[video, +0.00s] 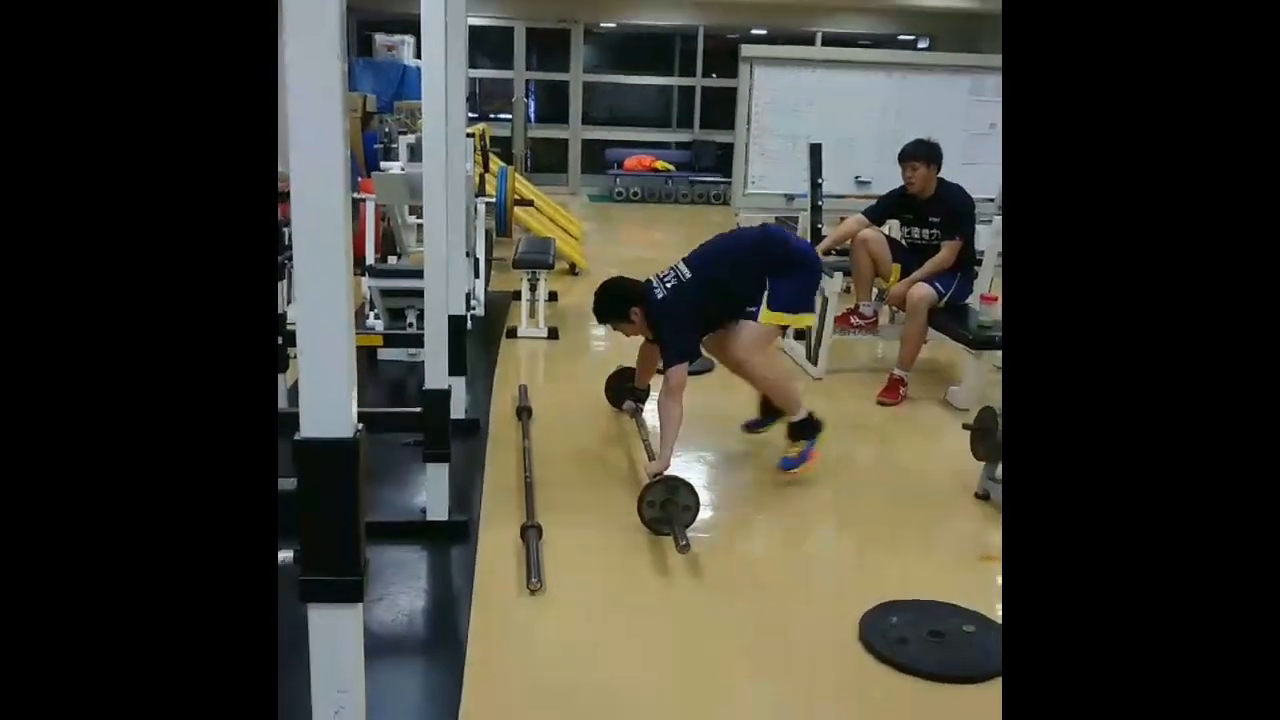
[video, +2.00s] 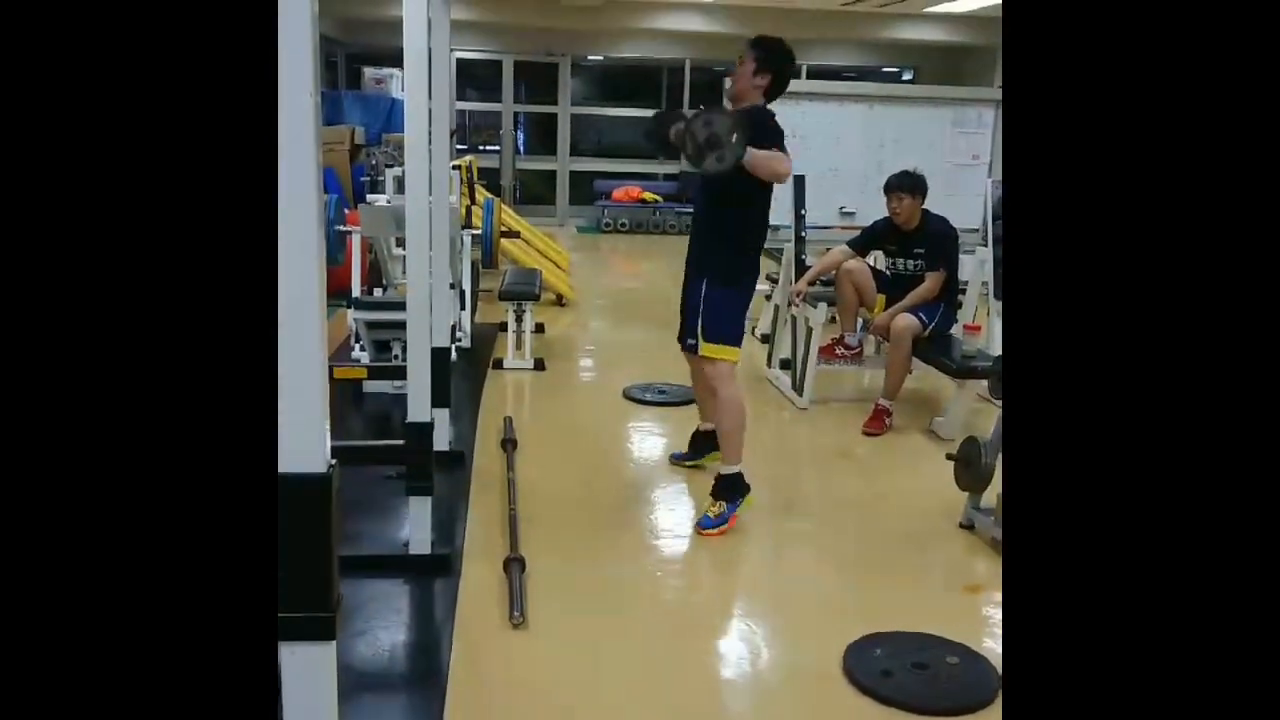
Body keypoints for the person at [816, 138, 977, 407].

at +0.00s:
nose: (907, 175)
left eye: (915, 169)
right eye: (904, 169)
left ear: (934, 170)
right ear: (901, 170)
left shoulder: (957, 199)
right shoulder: (899, 197)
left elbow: (947, 257)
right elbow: (858, 222)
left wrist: (906, 284)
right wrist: (819, 249)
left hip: (954, 273)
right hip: (914, 264)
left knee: (918, 295)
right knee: (864, 238)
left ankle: (899, 378)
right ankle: (864, 314)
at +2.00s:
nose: (893, 205)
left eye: (901, 199)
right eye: (890, 199)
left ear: (920, 201)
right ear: (886, 200)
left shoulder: (941, 231)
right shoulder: (884, 228)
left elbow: (932, 287)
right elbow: (843, 254)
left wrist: (889, 315)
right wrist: (805, 280)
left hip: (935, 304)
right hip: (895, 295)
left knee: (901, 325)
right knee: (849, 269)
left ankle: (883, 407)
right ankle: (849, 344)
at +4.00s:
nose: (884, 213)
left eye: (891, 207)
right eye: (881, 206)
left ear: (911, 208)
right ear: (877, 205)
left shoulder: (932, 238)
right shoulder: (875, 233)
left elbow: (922, 293)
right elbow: (833, 258)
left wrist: (880, 318)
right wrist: (796, 282)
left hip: (925, 308)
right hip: (888, 297)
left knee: (891, 331)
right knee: (839, 273)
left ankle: (872, 412)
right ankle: (839, 347)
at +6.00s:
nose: (881, 245)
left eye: (888, 239)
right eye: (877, 238)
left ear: (906, 241)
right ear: (873, 239)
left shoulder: (927, 272)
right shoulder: (869, 267)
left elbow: (916, 327)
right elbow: (828, 290)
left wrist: (873, 352)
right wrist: (791, 316)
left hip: (919, 342)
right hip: (880, 332)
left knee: (885, 364)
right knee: (834, 306)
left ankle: (866, 445)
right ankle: (834, 380)